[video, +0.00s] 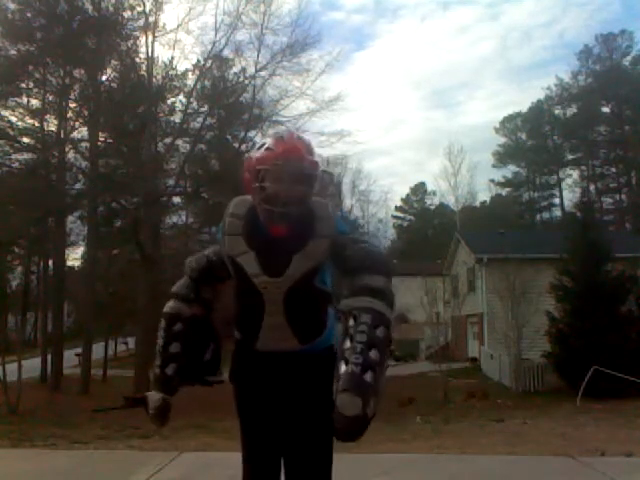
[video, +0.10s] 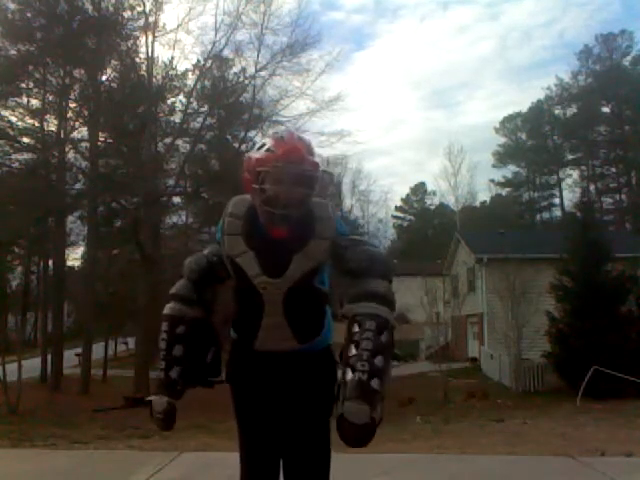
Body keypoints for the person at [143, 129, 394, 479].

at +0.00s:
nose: (284, 192)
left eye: (296, 181)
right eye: (274, 180)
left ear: (311, 186)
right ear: (256, 183)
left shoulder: (334, 229)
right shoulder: (233, 230)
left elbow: (369, 282)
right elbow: (192, 290)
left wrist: (361, 366)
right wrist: (171, 364)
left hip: (311, 365)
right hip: (254, 366)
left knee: (310, 466)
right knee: (259, 465)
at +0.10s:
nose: (283, 195)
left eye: (296, 184)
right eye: (273, 182)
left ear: (311, 188)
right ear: (254, 184)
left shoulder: (332, 229)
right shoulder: (232, 228)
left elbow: (369, 285)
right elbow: (194, 288)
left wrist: (364, 380)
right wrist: (174, 364)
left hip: (309, 364)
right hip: (251, 365)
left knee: (309, 464)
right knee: (257, 464)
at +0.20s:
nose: (285, 196)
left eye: (298, 185)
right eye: (276, 183)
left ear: (313, 188)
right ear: (256, 184)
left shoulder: (330, 229)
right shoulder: (231, 228)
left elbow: (373, 284)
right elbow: (192, 291)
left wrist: (375, 378)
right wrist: (172, 380)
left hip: (307, 366)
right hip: (248, 367)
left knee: (307, 467)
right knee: (255, 468)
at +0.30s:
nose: (287, 195)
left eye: (300, 185)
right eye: (277, 182)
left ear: (312, 188)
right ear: (256, 183)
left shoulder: (327, 226)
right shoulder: (231, 226)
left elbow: (371, 275)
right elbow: (189, 295)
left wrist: (383, 358)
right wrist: (170, 386)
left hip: (305, 363)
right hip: (246, 365)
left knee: (306, 466)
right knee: (253, 467)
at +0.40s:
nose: (286, 193)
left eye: (299, 182)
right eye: (277, 180)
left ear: (312, 187)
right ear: (256, 181)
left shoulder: (329, 227)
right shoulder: (229, 228)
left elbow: (375, 272)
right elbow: (187, 297)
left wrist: (385, 350)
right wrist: (170, 387)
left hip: (304, 363)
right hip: (245, 364)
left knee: (305, 467)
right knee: (251, 468)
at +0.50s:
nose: (286, 188)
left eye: (297, 178)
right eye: (275, 175)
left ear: (310, 182)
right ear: (255, 176)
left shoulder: (325, 220)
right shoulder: (230, 221)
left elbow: (370, 264)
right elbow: (188, 291)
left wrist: (380, 341)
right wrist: (171, 384)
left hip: (303, 362)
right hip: (244, 362)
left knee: (305, 466)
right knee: (248, 467)